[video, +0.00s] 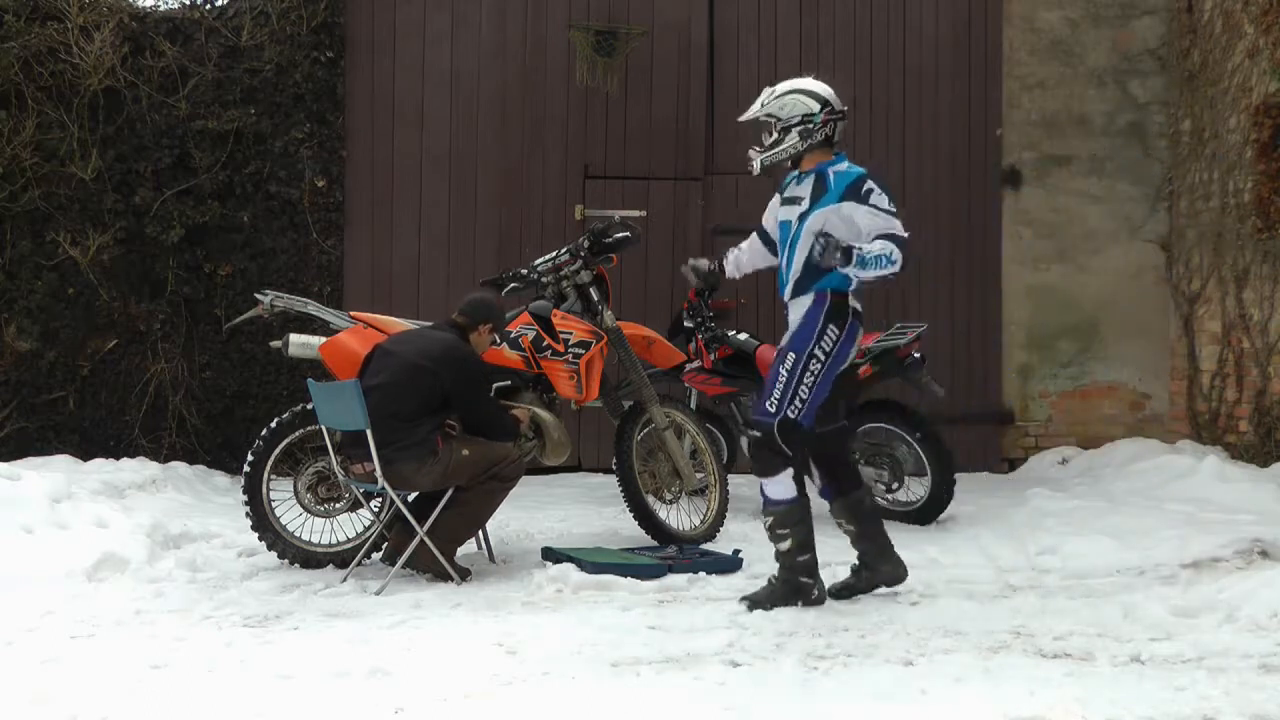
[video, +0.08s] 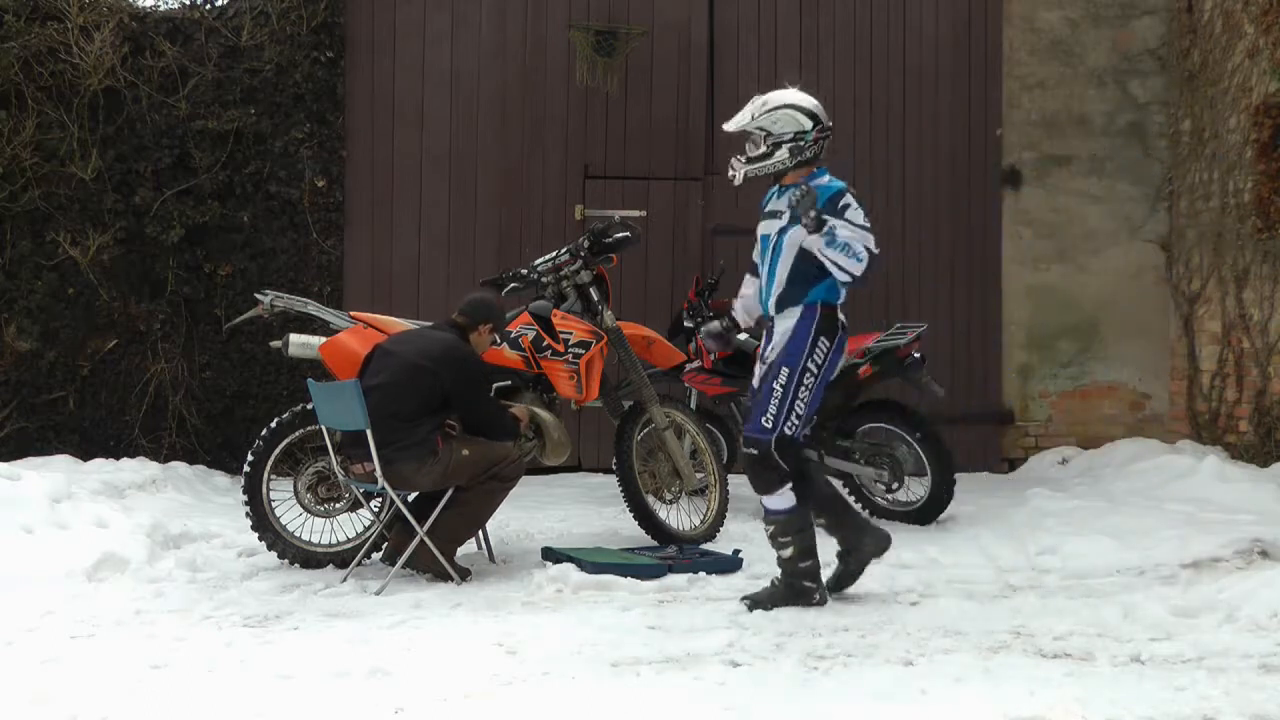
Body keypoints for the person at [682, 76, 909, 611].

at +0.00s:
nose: (765, 139)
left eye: (774, 128)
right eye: (765, 129)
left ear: (806, 128)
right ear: (802, 131)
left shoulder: (851, 182)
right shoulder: (789, 192)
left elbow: (891, 250)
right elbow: (764, 245)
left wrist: (848, 265)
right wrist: (720, 267)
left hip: (829, 317)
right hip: (803, 318)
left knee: (768, 434)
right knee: (823, 440)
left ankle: (797, 575)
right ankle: (878, 558)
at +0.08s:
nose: (752, 150)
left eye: (759, 140)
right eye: (752, 141)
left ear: (788, 142)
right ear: (787, 144)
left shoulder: (829, 193)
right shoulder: (774, 200)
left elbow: (858, 261)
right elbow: (761, 274)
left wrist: (815, 230)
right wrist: (733, 323)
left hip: (813, 327)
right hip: (782, 329)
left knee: (762, 447)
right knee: (779, 444)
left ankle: (799, 577)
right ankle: (857, 533)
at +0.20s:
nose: (725, 173)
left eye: (731, 162)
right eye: (724, 165)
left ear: (760, 156)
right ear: (758, 159)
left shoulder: (800, 196)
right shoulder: (762, 204)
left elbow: (789, 256)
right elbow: (766, 278)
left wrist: (746, 202)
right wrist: (736, 338)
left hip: (790, 335)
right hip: (754, 333)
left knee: (752, 456)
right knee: (700, 435)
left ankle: (800, 579)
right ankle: (795, 481)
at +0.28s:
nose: (699, 157)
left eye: (706, 145)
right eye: (697, 148)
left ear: (737, 141)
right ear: (734, 145)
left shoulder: (772, 184)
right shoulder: (741, 190)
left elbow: (749, 239)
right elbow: (754, 261)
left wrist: (687, 205)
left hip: (773, 326)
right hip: (736, 324)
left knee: (746, 456)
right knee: (672, 406)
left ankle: (801, 577)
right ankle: (736, 487)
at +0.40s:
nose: (672, 138)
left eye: (678, 126)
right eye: (671, 127)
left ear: (706, 122)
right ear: (718, 123)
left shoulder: (725, 163)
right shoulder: (749, 168)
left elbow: (704, 225)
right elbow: (792, 243)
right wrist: (735, 271)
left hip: (733, 312)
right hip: (707, 310)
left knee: (728, 440)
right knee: (659, 411)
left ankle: (795, 570)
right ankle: (688, 545)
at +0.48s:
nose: (656, 140)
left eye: (664, 129)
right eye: (658, 130)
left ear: (689, 127)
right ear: (704, 129)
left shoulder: (700, 172)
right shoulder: (726, 174)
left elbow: (693, 244)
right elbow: (768, 244)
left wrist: (673, 327)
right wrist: (717, 255)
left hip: (705, 323)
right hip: (700, 322)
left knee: (686, 451)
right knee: (658, 442)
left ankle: (782, 556)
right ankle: (686, 571)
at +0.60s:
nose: (626, 158)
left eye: (631, 147)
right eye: (626, 147)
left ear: (654, 143)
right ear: (674, 145)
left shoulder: (680, 190)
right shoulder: (703, 196)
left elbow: (695, 269)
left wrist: (687, 347)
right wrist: (629, 233)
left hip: (671, 346)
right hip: (689, 348)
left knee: (601, 448)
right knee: (647, 448)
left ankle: (718, 507)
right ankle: (684, 573)